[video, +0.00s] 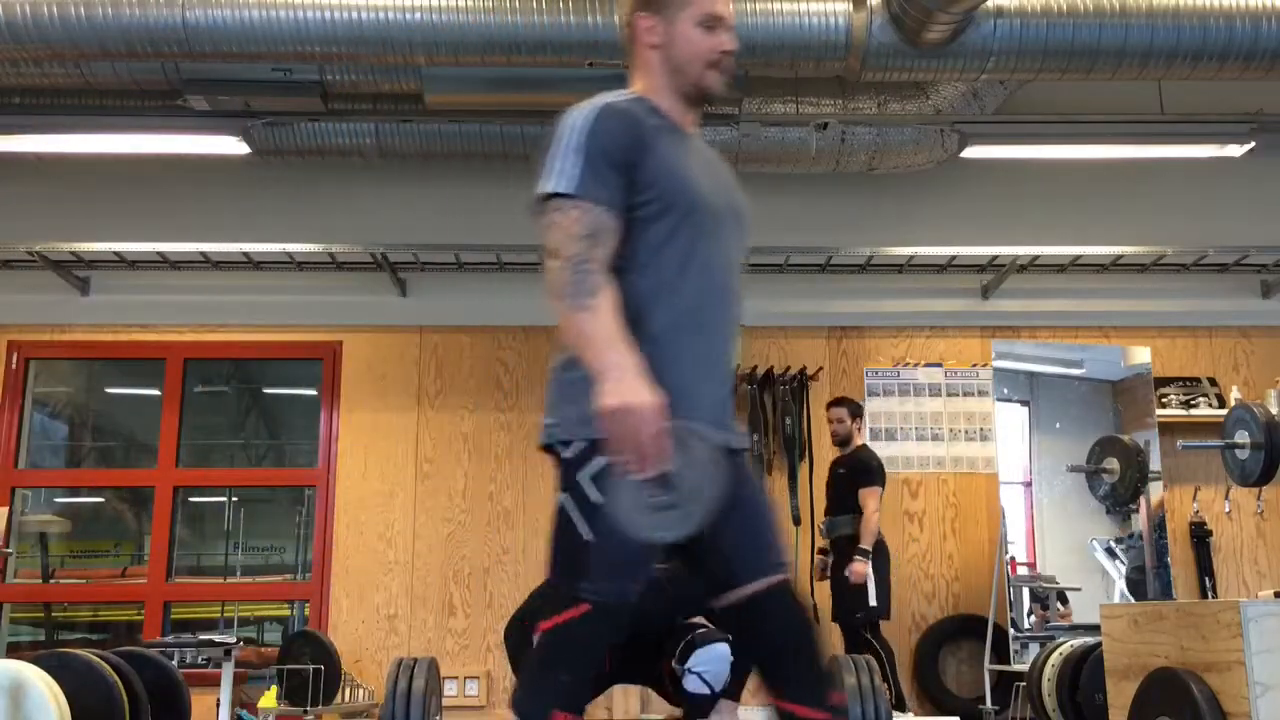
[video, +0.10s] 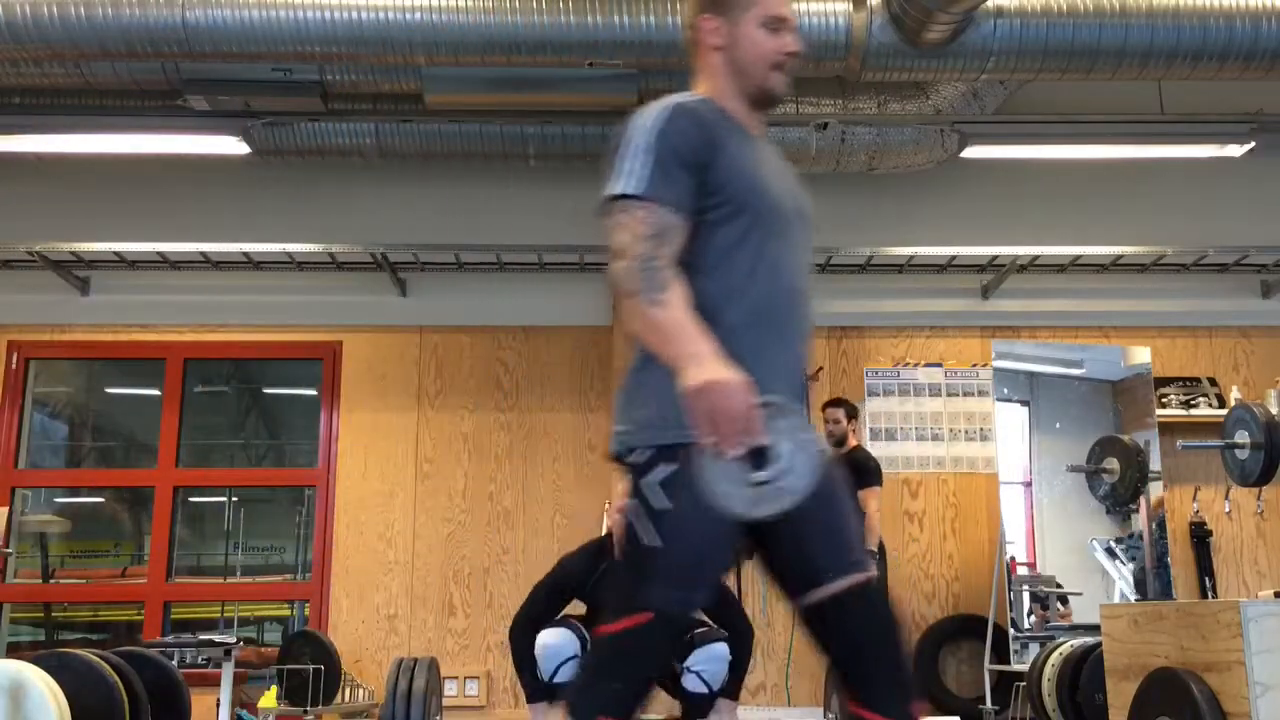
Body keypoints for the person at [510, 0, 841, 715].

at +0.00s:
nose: (729, 45)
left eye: (732, 29)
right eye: (709, 25)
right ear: (650, 31)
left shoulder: (709, 160)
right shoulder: (604, 122)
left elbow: (688, 298)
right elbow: (574, 267)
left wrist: (714, 414)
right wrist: (618, 373)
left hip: (710, 443)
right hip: (619, 437)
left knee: (788, 647)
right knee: (577, 652)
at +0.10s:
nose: (794, 47)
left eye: (795, 31)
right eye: (773, 26)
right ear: (713, 32)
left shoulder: (768, 160)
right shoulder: (674, 122)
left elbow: (743, 309)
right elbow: (640, 266)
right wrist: (702, 364)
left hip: (785, 438)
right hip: (691, 441)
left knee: (873, 653)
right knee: (624, 670)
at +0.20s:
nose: (863, 37)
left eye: (866, 21)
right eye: (843, 15)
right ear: (781, 19)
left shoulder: (828, 145)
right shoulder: (748, 107)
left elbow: (819, 284)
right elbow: (709, 241)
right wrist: (779, 346)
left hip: (859, 431)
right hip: (773, 430)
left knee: (933, 641)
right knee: (760, 649)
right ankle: (684, 692)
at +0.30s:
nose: (925, 22)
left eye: (929, 10)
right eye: (909, 4)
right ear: (845, 8)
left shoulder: (883, 124)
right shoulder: (812, 86)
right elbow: (772, 224)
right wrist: (842, 333)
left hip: (918, 417)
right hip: (864, 411)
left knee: (963, 620)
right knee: (908, 611)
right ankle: (793, 701)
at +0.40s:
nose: (983, 5)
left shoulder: (936, 105)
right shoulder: (869, 65)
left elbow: (946, 279)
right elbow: (829, 214)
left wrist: (996, 429)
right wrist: (889, 342)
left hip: (959, 404)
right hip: (916, 399)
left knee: (972, 627)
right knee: (1001, 611)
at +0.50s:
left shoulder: (994, 87)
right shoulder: (931, 50)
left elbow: (1012, 275)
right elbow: (885, 207)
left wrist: (1083, 400)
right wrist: (925, 355)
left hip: (1005, 395)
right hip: (981, 394)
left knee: (974, 655)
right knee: (1108, 618)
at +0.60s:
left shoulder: (1044, 69)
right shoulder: (992, 39)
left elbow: (1058, 276)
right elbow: (936, 200)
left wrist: (1160, 393)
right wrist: (970, 364)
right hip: (1048, 397)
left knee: (1000, 673)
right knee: (1198, 645)